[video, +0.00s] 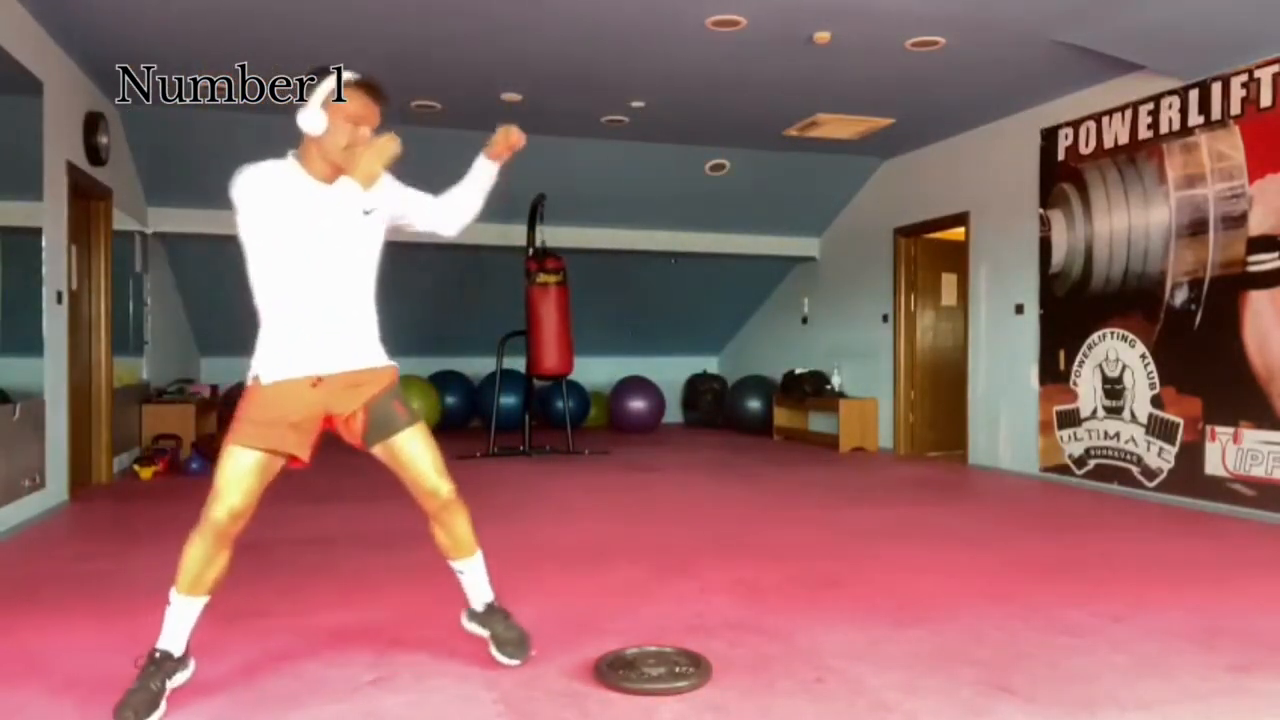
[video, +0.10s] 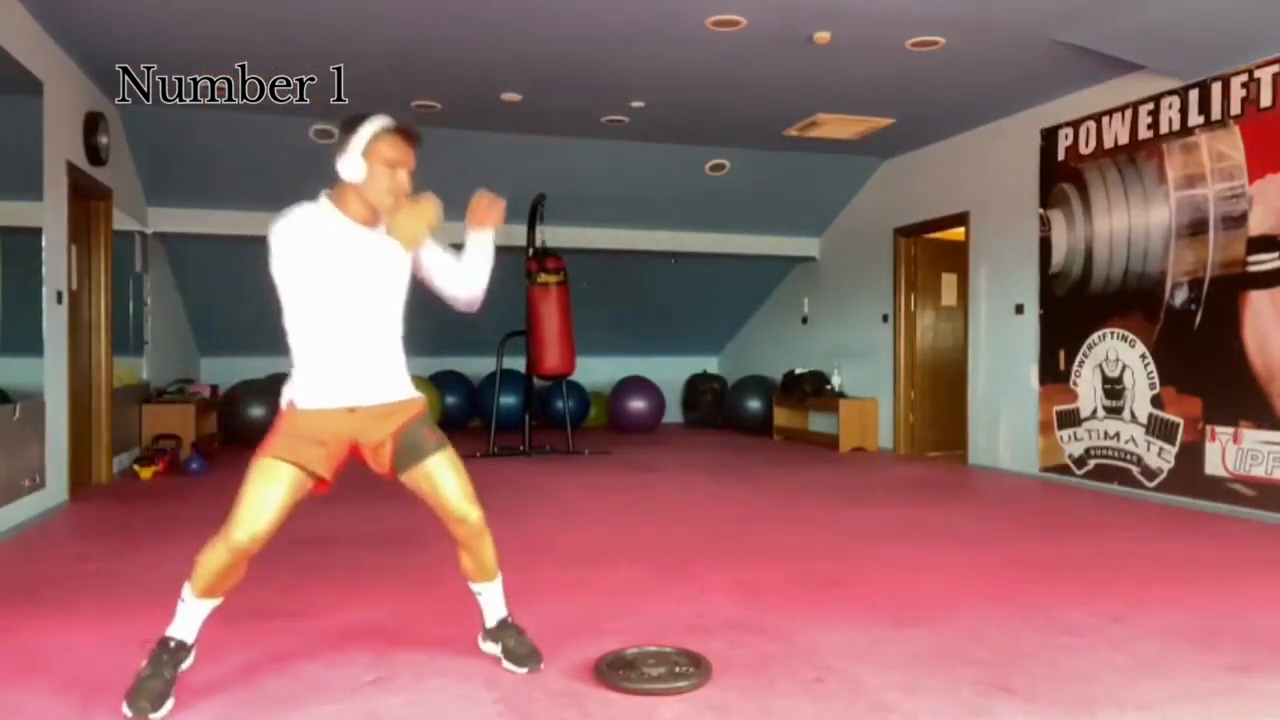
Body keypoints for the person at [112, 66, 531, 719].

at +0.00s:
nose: (365, 142)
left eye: (373, 132)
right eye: (355, 127)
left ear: (375, 134)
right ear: (315, 120)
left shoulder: (375, 191)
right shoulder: (255, 184)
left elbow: (447, 217)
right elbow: (295, 233)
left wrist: (490, 161)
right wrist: (367, 173)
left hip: (366, 376)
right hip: (279, 384)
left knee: (440, 492)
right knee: (222, 516)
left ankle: (485, 607)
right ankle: (168, 654)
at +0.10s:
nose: (405, 184)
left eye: (410, 172)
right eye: (394, 168)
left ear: (408, 177)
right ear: (355, 165)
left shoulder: (401, 232)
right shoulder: (294, 229)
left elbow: (465, 292)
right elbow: (342, 298)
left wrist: (481, 234)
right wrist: (406, 233)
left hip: (395, 410)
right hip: (312, 415)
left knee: (468, 516)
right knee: (241, 536)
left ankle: (499, 624)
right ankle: (175, 645)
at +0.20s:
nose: (420, 221)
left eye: (425, 209)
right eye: (408, 206)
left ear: (426, 214)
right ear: (369, 207)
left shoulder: (411, 279)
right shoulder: (312, 272)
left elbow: (433, 363)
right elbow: (345, 347)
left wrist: (461, 333)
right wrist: (416, 284)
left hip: (409, 435)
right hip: (333, 444)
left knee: (494, 530)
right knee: (267, 568)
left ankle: (499, 630)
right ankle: (190, 657)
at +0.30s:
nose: (399, 199)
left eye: (404, 188)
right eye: (387, 183)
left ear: (406, 193)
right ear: (347, 180)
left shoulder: (398, 252)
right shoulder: (290, 248)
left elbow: (437, 330)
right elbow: (320, 314)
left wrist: (475, 299)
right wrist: (392, 252)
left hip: (396, 425)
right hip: (315, 432)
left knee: (477, 527)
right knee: (243, 556)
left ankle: (499, 628)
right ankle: (183, 657)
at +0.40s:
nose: (366, 144)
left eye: (373, 134)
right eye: (354, 127)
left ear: (377, 138)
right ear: (317, 124)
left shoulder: (371, 194)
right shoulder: (256, 189)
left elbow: (420, 270)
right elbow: (296, 246)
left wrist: (454, 218)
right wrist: (367, 185)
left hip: (364, 382)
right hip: (276, 388)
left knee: (437, 499)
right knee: (207, 516)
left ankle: (489, 615)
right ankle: (156, 646)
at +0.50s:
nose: (342, 116)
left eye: (346, 105)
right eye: (332, 100)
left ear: (341, 112)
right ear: (286, 98)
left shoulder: (341, 177)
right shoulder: (223, 168)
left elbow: (402, 249)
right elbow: (257, 230)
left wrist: (428, 188)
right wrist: (334, 167)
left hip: (329, 367)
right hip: (241, 372)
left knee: (407, 483)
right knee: (179, 507)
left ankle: (439, 598)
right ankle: (129, 644)